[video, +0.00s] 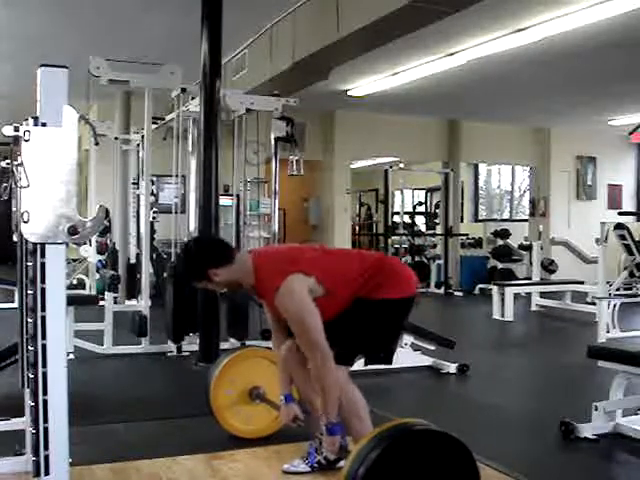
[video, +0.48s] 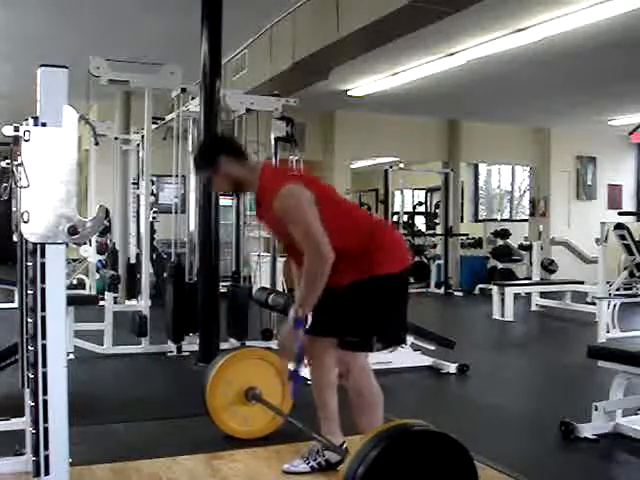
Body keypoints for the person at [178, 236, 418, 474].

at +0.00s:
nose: (216, 291)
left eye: (209, 286)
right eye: (210, 288)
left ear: (215, 275)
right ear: (220, 266)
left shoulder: (285, 284)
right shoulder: (260, 273)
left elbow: (322, 359)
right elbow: (282, 335)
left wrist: (332, 426)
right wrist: (287, 396)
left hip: (389, 287)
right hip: (360, 289)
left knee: (332, 370)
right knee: (293, 358)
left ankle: (372, 456)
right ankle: (327, 448)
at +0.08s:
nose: (215, 289)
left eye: (209, 284)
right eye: (209, 286)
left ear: (213, 274)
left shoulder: (282, 282)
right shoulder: (260, 271)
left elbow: (321, 356)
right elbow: (281, 333)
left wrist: (331, 425)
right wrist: (287, 395)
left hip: (388, 286)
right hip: (360, 287)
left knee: (330, 369)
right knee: (293, 356)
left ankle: (371, 455)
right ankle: (327, 449)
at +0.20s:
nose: (208, 268)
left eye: (204, 261)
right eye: (202, 263)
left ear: (212, 250)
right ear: (222, 236)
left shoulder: (279, 264)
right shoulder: (260, 254)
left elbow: (309, 336)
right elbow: (281, 321)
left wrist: (323, 416)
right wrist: (287, 380)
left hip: (387, 278)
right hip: (359, 279)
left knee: (336, 362)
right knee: (313, 357)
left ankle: (372, 453)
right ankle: (330, 446)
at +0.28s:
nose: (211, 246)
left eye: (206, 237)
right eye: (204, 241)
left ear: (214, 224)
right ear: (224, 214)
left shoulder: (277, 240)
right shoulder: (260, 235)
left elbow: (311, 312)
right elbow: (287, 301)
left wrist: (312, 386)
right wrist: (289, 356)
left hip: (385, 271)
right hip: (352, 275)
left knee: (341, 363)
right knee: (317, 357)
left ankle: (376, 451)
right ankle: (329, 443)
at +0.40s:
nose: (213, 206)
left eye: (210, 196)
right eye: (207, 200)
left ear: (221, 183)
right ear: (223, 183)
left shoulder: (280, 207)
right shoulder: (262, 207)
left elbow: (318, 273)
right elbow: (295, 269)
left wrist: (301, 341)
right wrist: (297, 331)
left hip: (383, 265)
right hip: (347, 271)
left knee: (349, 360)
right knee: (317, 350)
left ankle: (375, 451)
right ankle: (331, 444)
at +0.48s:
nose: (215, 188)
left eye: (212, 178)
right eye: (210, 182)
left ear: (227, 163)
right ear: (231, 163)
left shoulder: (284, 189)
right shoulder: (267, 196)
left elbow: (321, 255)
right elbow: (296, 255)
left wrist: (295, 321)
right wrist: (301, 305)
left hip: (376, 263)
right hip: (342, 267)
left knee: (352, 359)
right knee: (318, 347)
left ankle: (374, 450)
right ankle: (332, 444)